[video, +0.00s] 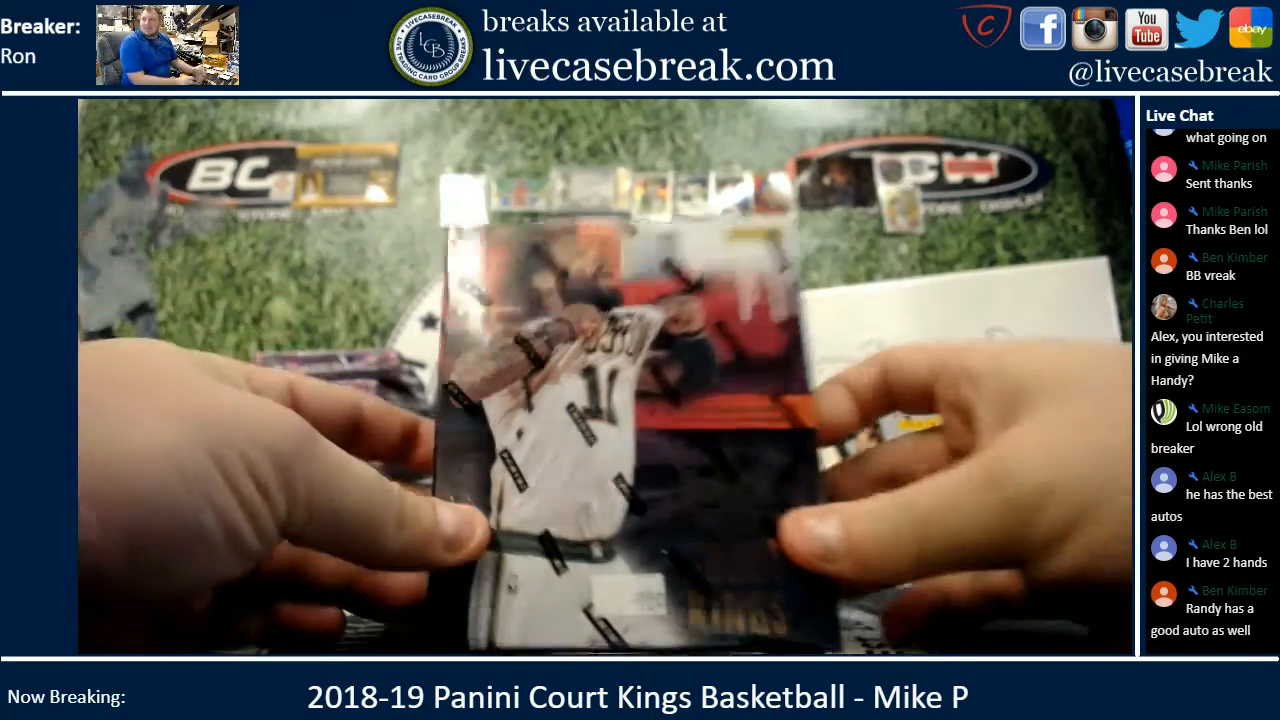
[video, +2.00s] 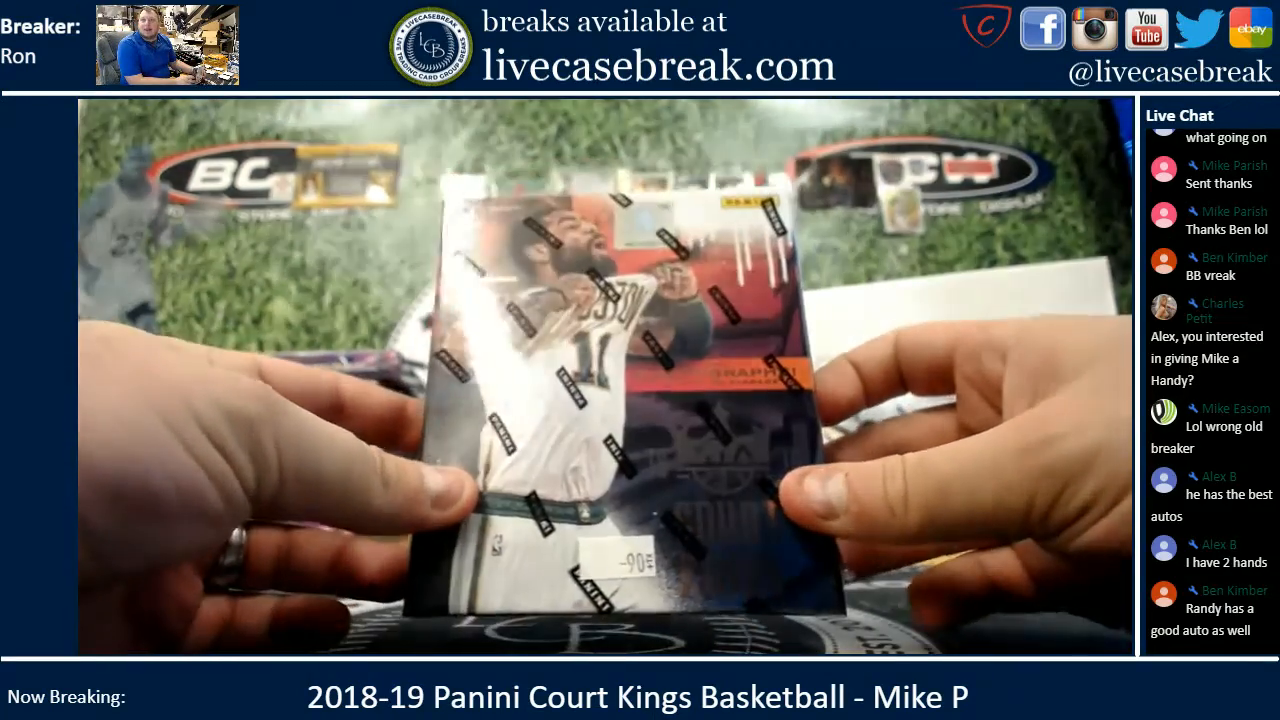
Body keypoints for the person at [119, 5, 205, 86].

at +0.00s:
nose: (147, 24)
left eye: (152, 20)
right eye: (144, 20)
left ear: (160, 22)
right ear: (139, 21)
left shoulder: (164, 39)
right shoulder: (131, 43)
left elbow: (174, 61)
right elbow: (137, 79)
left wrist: (193, 70)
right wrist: (177, 81)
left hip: (166, 90)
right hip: (141, 94)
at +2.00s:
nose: (147, 24)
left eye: (152, 20)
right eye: (143, 20)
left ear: (159, 24)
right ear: (138, 23)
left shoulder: (164, 40)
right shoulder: (128, 45)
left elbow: (174, 63)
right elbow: (136, 81)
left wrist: (194, 71)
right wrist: (177, 81)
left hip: (167, 92)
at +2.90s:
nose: (136, 27)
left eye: (142, 23)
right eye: (134, 23)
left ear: (153, 23)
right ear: (132, 23)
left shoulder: (163, 40)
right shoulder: (125, 45)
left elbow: (174, 62)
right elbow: (132, 80)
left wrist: (194, 70)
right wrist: (173, 81)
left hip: (164, 94)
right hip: (136, 97)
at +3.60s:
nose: (120, 29)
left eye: (124, 24)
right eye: (118, 25)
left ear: (139, 25)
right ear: (116, 26)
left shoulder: (159, 41)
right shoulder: (112, 46)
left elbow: (176, 58)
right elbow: (98, 67)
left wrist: (195, 70)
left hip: (156, 102)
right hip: (123, 103)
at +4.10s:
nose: (125, 22)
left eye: (130, 18)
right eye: (122, 18)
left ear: (142, 21)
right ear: (119, 21)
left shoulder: (157, 40)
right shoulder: (111, 43)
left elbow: (173, 60)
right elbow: (100, 67)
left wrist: (194, 71)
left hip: (154, 101)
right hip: (121, 101)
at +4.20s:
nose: (128, 21)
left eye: (133, 17)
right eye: (125, 17)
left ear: (143, 21)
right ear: (122, 21)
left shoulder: (157, 40)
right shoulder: (112, 42)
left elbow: (171, 60)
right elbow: (102, 69)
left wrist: (192, 67)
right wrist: (91, 73)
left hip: (153, 99)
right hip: (121, 100)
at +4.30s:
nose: (129, 20)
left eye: (134, 17)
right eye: (127, 16)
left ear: (144, 21)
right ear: (123, 20)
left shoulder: (157, 40)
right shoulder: (112, 42)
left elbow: (171, 60)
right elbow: (103, 71)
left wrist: (190, 65)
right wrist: (90, 75)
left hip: (155, 98)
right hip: (122, 99)